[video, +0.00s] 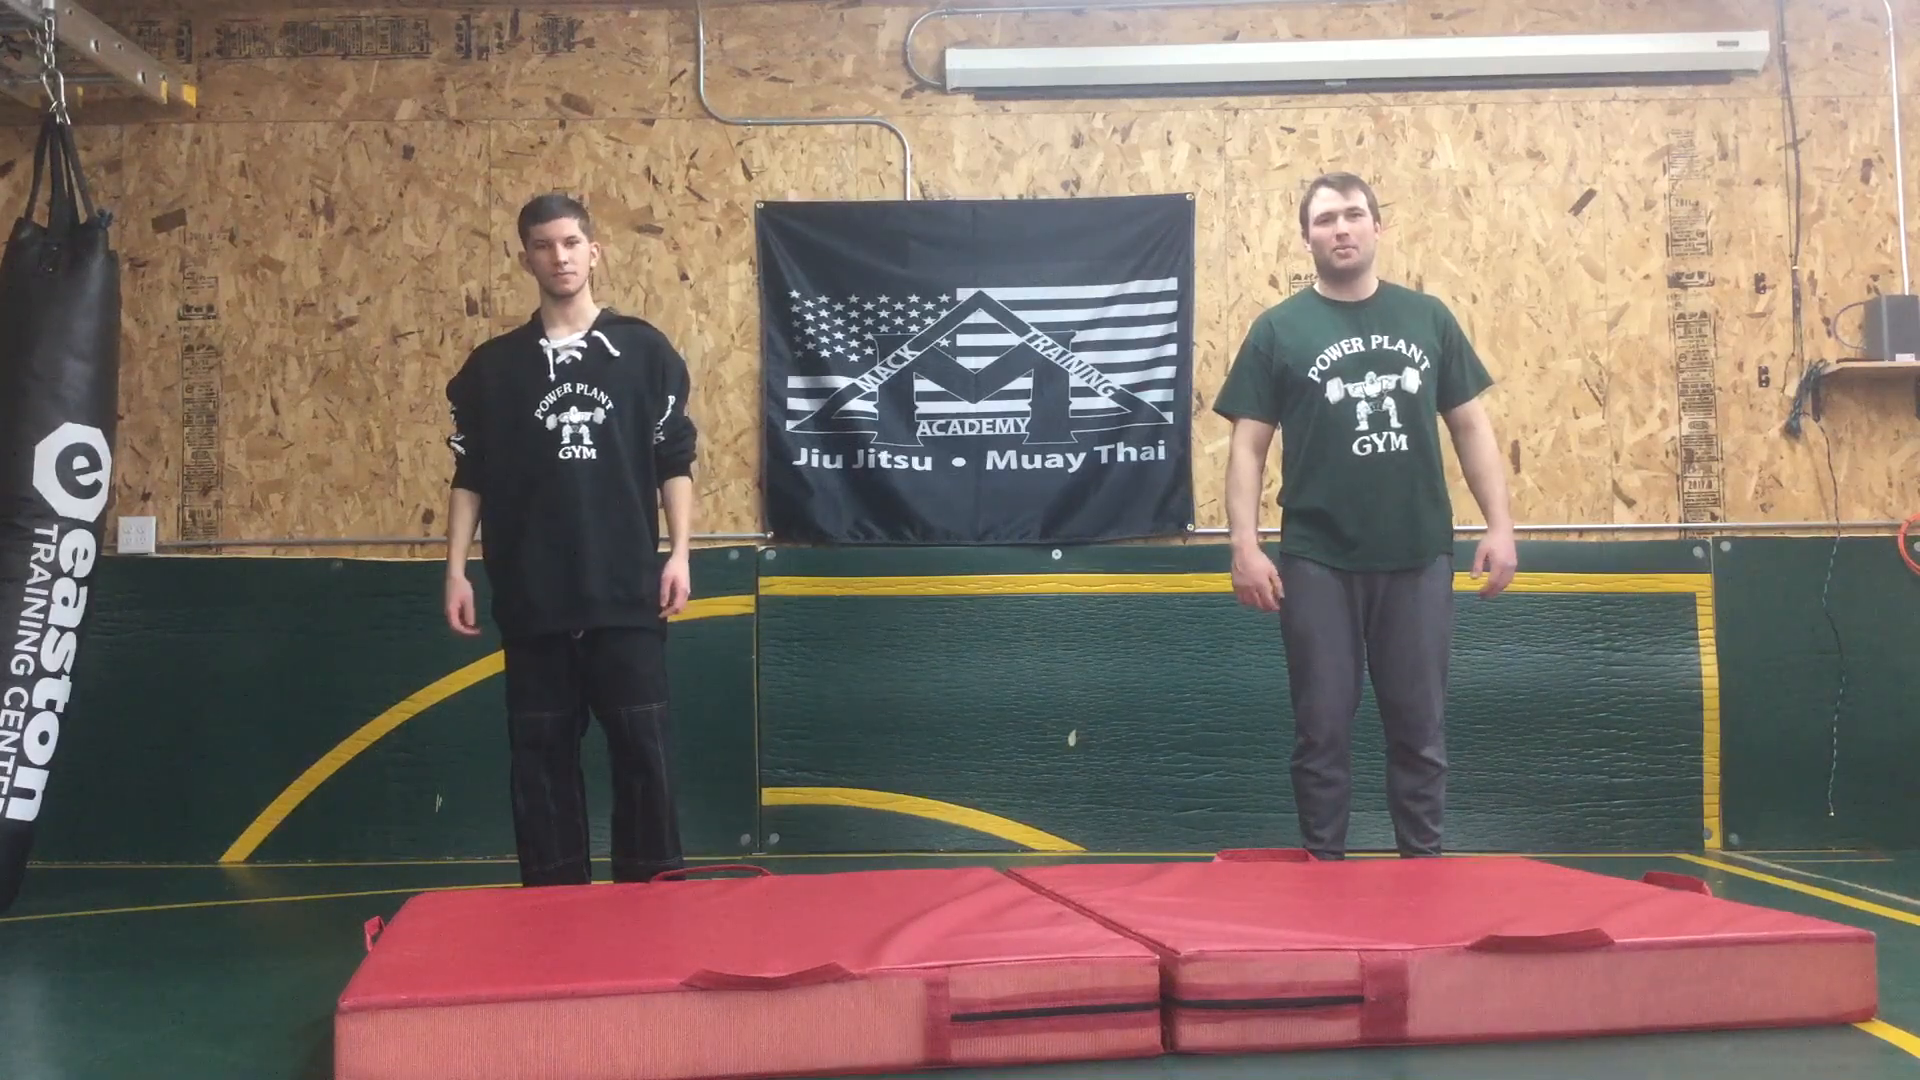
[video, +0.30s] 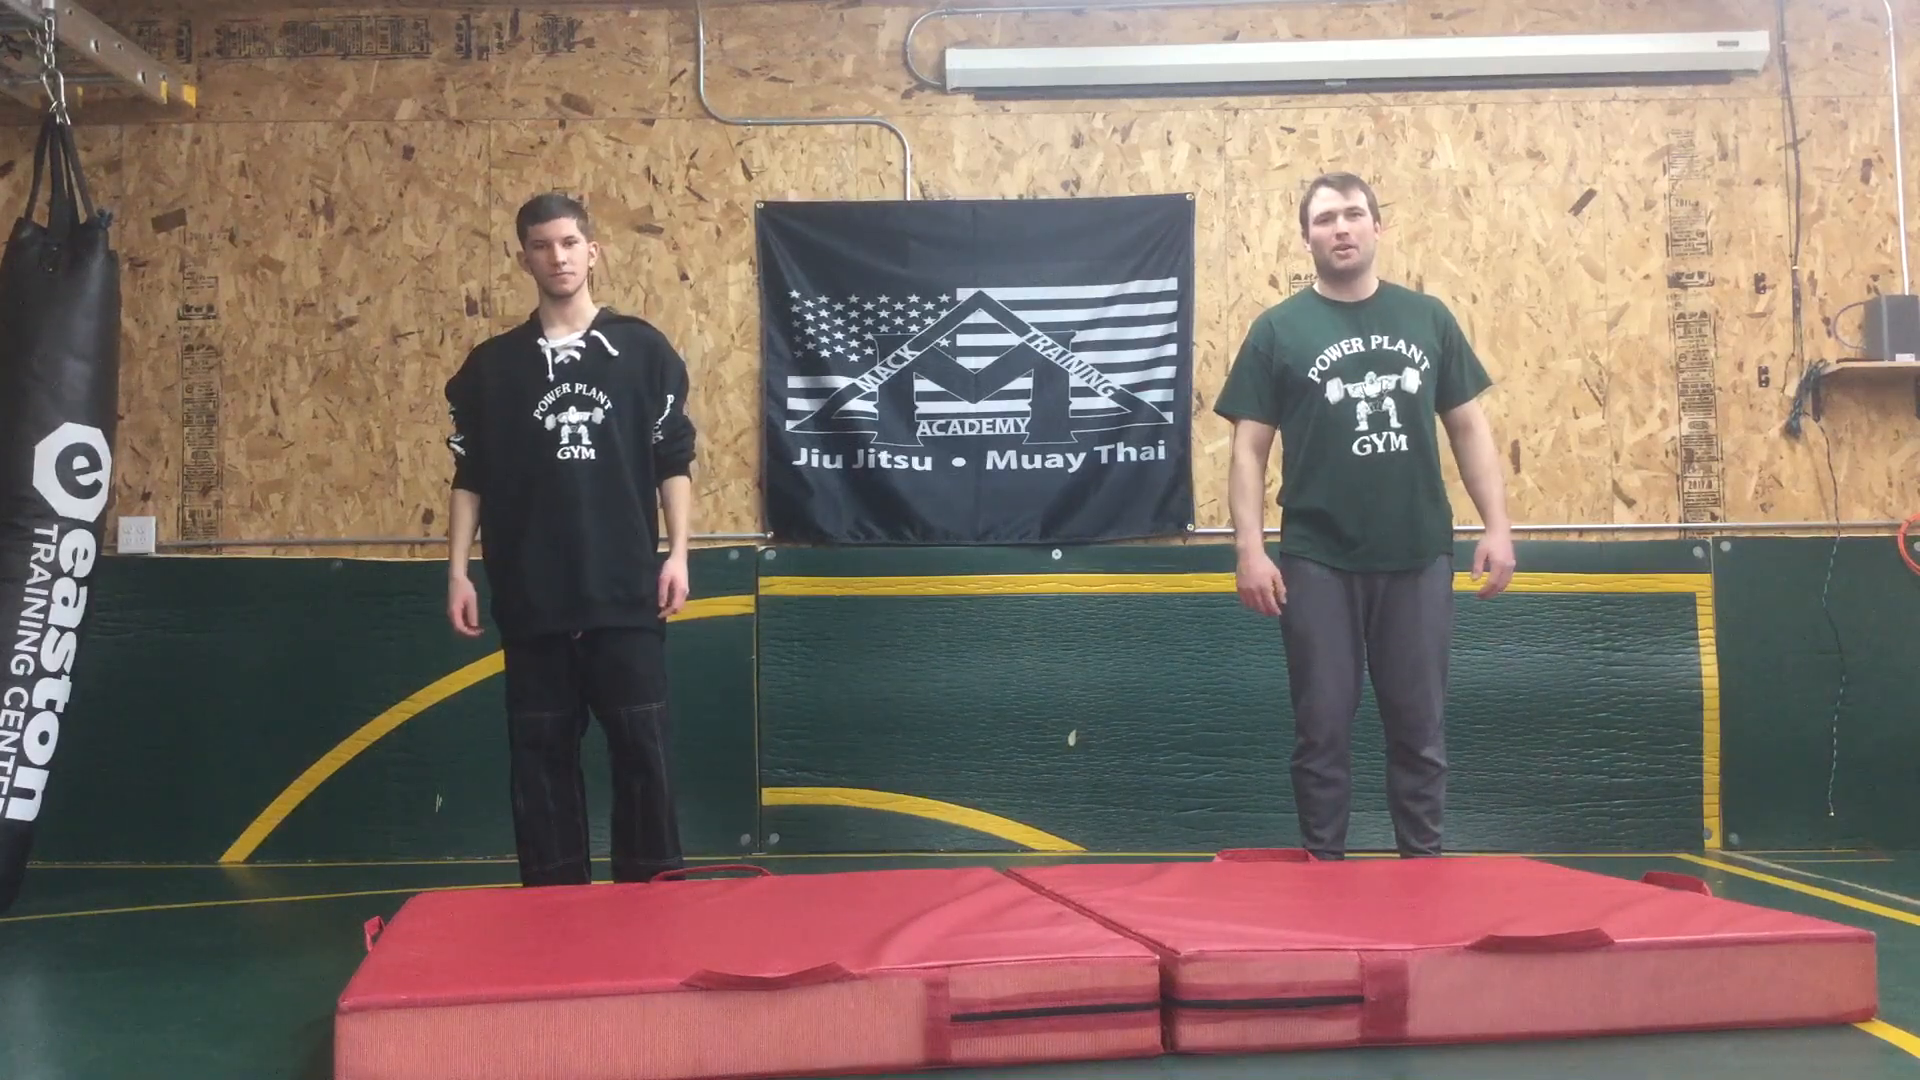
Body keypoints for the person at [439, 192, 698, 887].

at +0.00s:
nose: (559, 257)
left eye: (570, 242)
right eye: (544, 247)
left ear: (593, 250)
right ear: (527, 260)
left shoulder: (643, 349)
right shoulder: (490, 365)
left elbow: (674, 458)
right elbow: (469, 474)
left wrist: (680, 551)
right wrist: (457, 568)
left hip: (626, 584)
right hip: (530, 591)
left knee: (643, 753)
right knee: (542, 761)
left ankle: (652, 904)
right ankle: (553, 911)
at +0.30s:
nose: (557, 256)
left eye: (568, 242)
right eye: (542, 246)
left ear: (592, 250)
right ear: (525, 260)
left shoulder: (642, 348)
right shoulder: (489, 364)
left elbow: (673, 459)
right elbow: (469, 475)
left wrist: (678, 552)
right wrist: (459, 570)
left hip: (625, 585)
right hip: (529, 591)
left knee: (643, 754)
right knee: (542, 762)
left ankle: (652, 904)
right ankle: (553, 912)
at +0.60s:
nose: (557, 257)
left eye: (568, 242)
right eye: (542, 246)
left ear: (591, 250)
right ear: (525, 259)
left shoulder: (642, 347)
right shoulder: (489, 365)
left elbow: (674, 458)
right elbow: (471, 477)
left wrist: (679, 552)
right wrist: (460, 575)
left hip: (625, 585)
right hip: (530, 592)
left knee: (643, 757)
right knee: (542, 765)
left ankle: (652, 907)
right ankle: (554, 914)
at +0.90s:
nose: (557, 257)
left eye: (568, 242)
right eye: (541, 246)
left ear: (591, 249)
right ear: (524, 260)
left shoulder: (642, 346)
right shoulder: (489, 364)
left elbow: (674, 457)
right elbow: (471, 476)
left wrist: (679, 551)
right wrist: (459, 570)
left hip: (625, 582)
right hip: (529, 589)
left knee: (642, 751)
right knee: (542, 759)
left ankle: (652, 901)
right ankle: (553, 909)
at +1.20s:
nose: (558, 257)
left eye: (568, 242)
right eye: (542, 247)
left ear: (590, 249)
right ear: (525, 261)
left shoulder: (643, 347)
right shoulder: (489, 365)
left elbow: (672, 460)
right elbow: (473, 479)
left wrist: (676, 553)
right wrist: (462, 575)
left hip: (626, 585)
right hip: (531, 591)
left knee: (643, 752)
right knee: (542, 761)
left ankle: (652, 901)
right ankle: (554, 909)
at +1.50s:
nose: (557, 257)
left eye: (567, 242)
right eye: (541, 248)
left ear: (590, 250)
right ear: (524, 262)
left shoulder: (643, 347)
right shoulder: (489, 365)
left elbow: (672, 459)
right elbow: (472, 478)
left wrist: (677, 553)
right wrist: (463, 573)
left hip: (626, 583)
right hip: (530, 590)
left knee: (643, 752)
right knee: (542, 761)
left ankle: (653, 903)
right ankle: (554, 911)